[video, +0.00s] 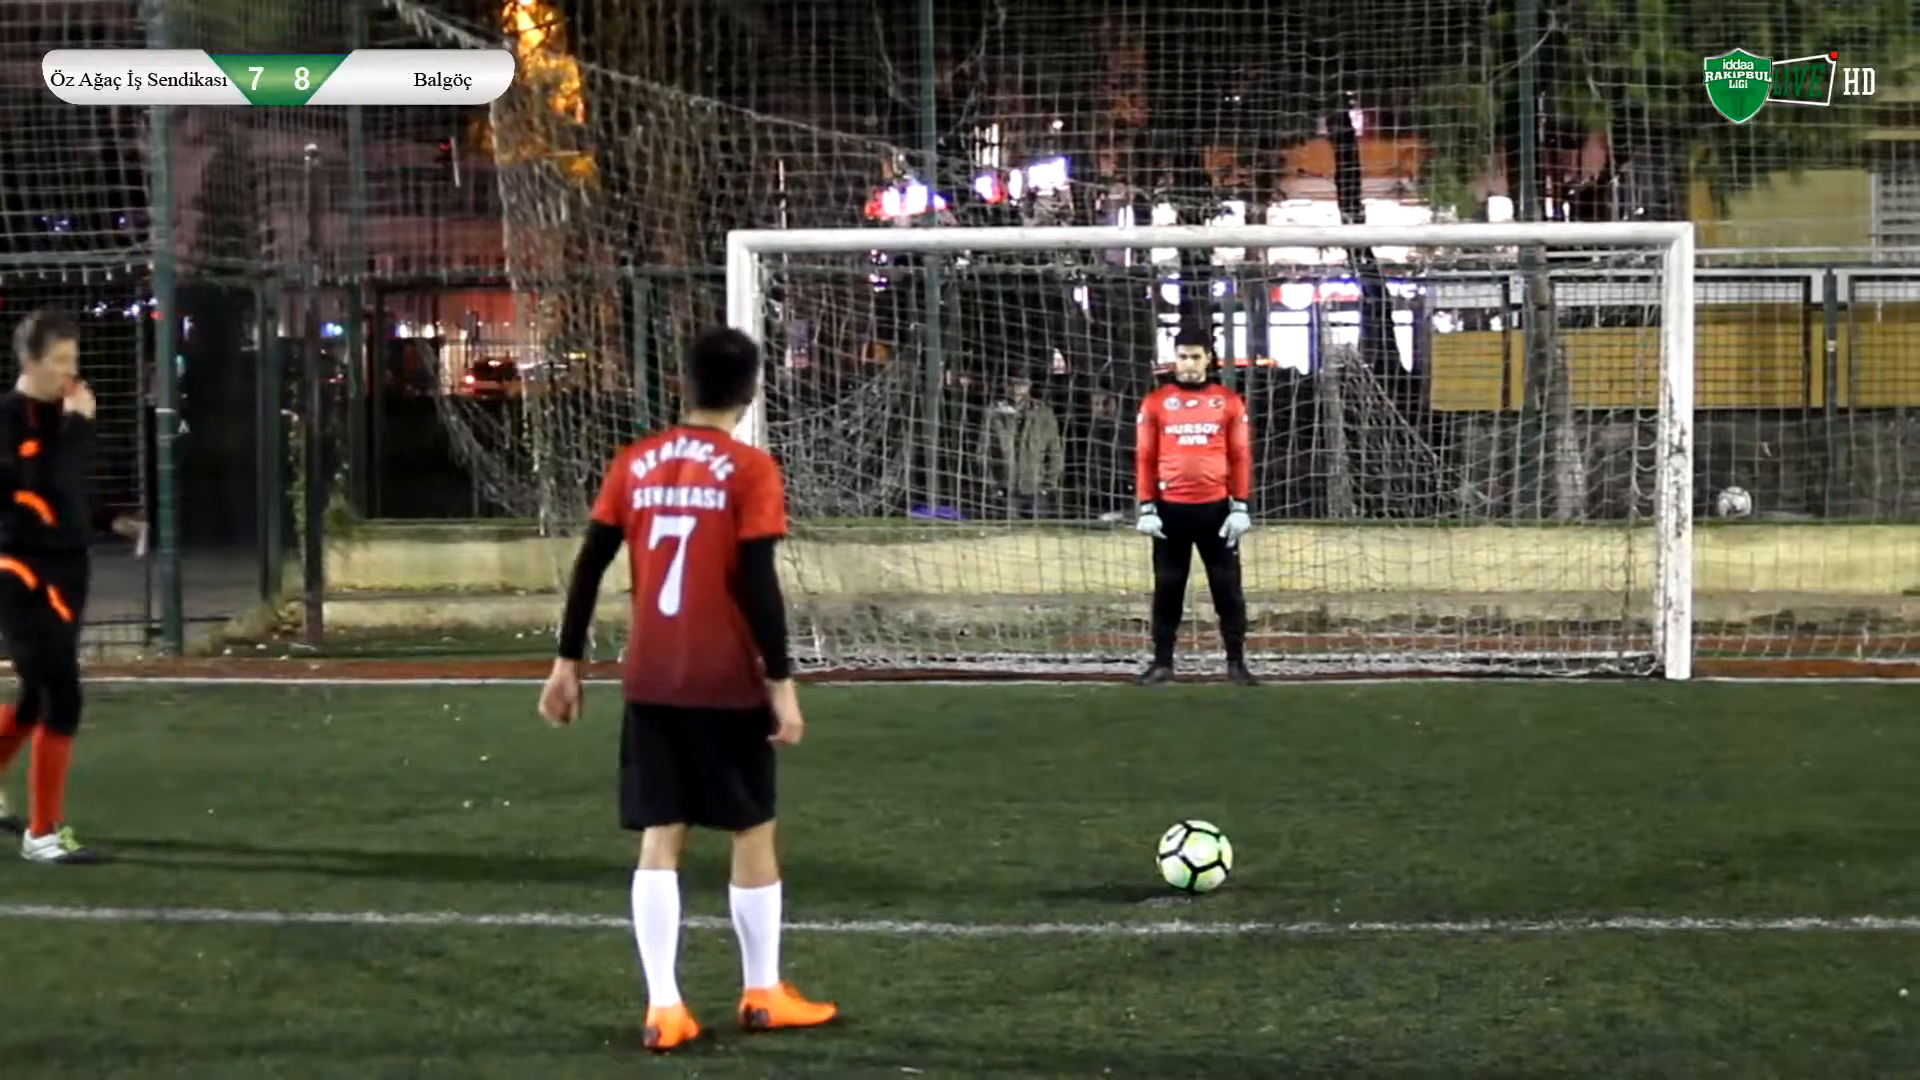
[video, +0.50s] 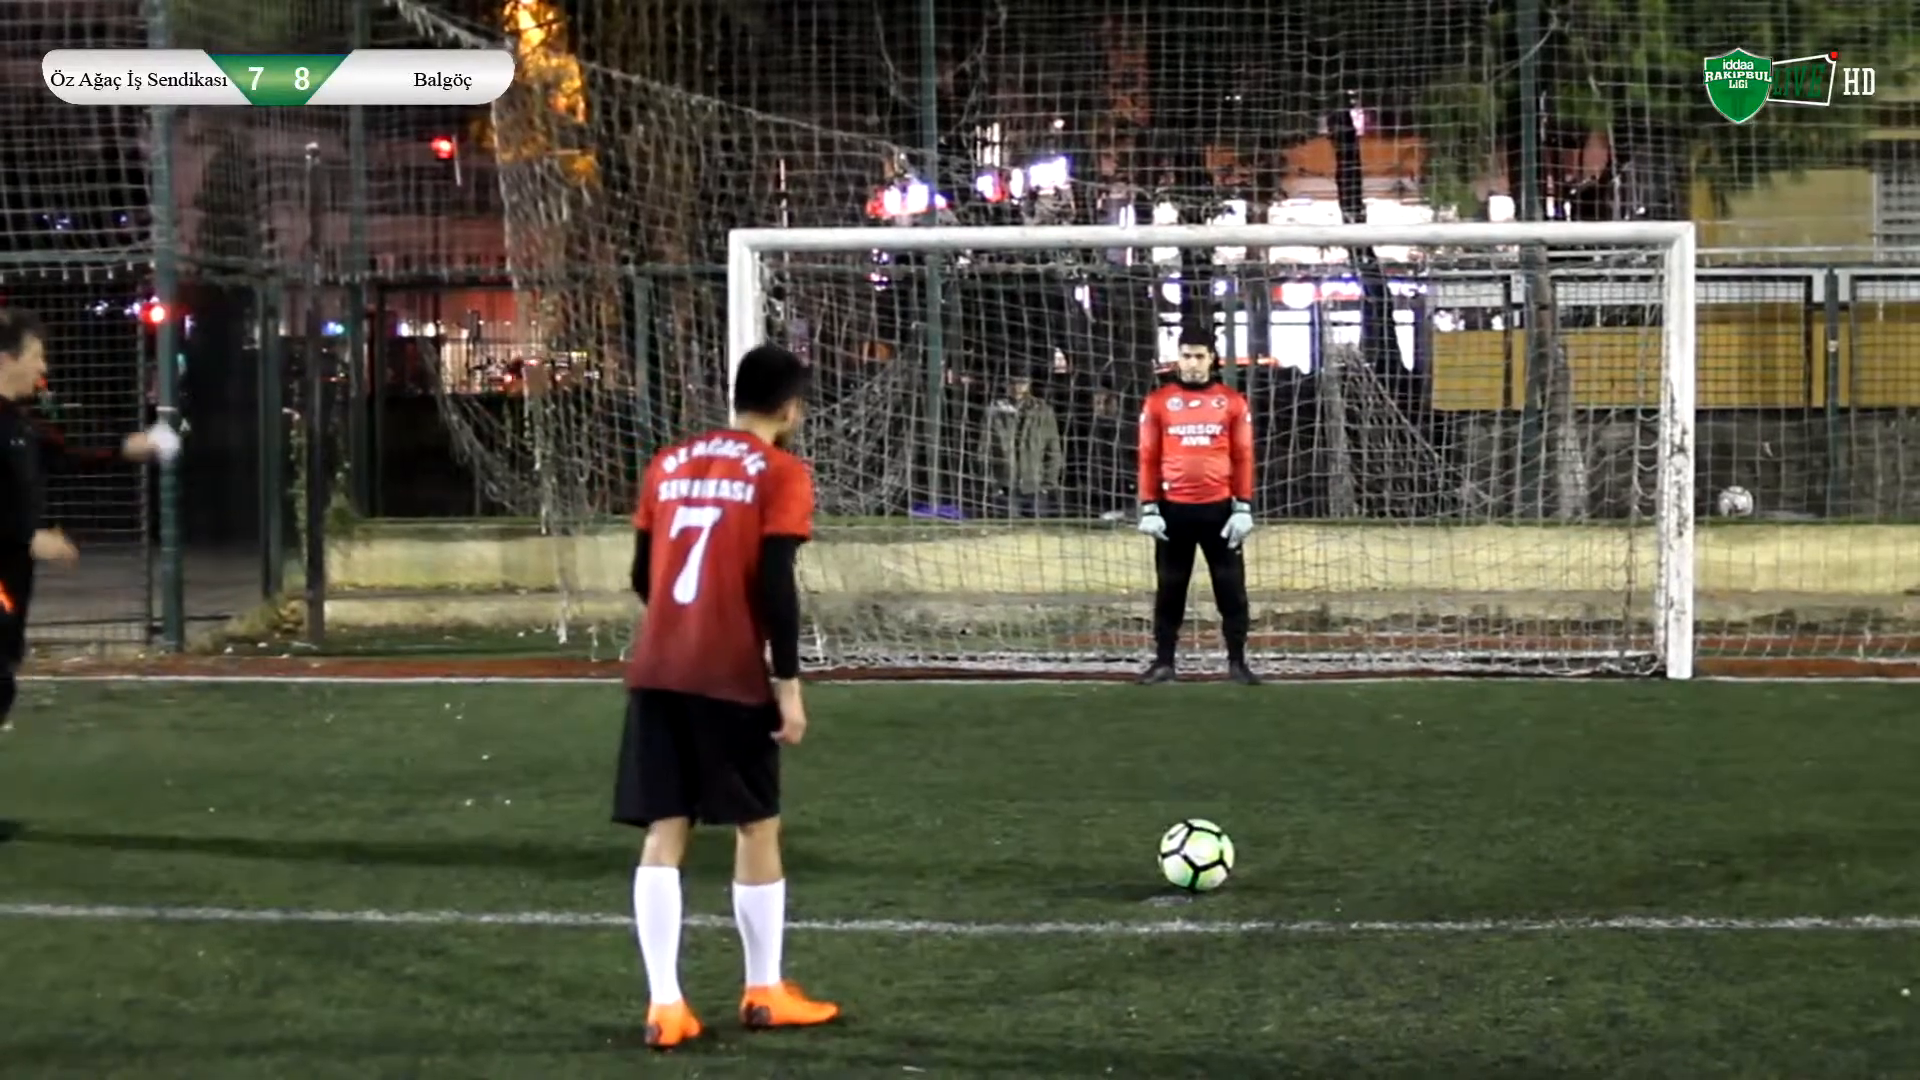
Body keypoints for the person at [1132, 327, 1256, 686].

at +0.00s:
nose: (1189, 364)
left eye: (1196, 357)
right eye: (1183, 356)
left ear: (1209, 359)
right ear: (1174, 359)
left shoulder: (1229, 402)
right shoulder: (1154, 403)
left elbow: (1241, 455)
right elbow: (1145, 456)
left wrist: (1240, 504)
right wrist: (1146, 505)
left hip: (1216, 506)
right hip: (1170, 507)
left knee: (1228, 589)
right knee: (1167, 588)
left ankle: (1236, 662)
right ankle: (1162, 662)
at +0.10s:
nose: (1189, 364)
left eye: (1196, 356)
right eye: (1183, 356)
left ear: (1209, 359)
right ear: (1174, 359)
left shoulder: (1229, 402)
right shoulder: (1154, 403)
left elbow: (1240, 456)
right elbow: (1145, 457)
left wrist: (1240, 505)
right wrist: (1146, 505)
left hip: (1216, 507)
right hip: (1170, 508)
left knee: (1227, 589)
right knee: (1166, 589)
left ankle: (1235, 662)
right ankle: (1162, 662)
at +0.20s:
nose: (1189, 363)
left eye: (1196, 356)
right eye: (1182, 356)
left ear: (1209, 359)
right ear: (1173, 359)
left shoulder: (1229, 402)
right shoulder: (1154, 403)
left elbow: (1240, 456)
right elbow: (1144, 457)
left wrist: (1240, 505)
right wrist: (1145, 505)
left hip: (1216, 507)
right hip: (1170, 508)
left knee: (1228, 589)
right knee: (1166, 589)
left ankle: (1235, 662)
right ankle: (1162, 662)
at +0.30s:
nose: (1190, 363)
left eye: (1197, 356)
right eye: (1184, 356)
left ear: (1210, 360)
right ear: (1175, 359)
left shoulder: (1230, 402)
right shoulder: (1154, 403)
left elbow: (1241, 456)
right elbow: (1145, 457)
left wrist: (1241, 506)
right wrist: (1146, 505)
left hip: (1217, 507)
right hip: (1171, 508)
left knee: (1228, 589)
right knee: (1167, 589)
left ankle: (1235, 662)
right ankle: (1162, 662)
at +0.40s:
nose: (1189, 364)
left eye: (1196, 357)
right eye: (1183, 356)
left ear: (1209, 360)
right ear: (1174, 359)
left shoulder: (1229, 403)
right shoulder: (1153, 403)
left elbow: (1240, 457)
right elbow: (1144, 457)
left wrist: (1240, 506)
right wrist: (1145, 506)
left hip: (1216, 508)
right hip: (1169, 509)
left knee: (1227, 590)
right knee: (1166, 590)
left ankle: (1234, 662)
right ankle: (1161, 662)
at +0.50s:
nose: (1192, 363)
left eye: (1199, 356)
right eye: (1186, 356)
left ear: (1212, 360)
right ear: (1177, 359)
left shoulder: (1233, 402)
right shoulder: (1157, 402)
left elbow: (1243, 455)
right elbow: (1148, 456)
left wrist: (1243, 505)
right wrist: (1148, 506)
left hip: (1220, 507)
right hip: (1174, 509)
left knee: (1231, 590)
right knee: (1170, 589)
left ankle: (1237, 661)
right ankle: (1164, 661)